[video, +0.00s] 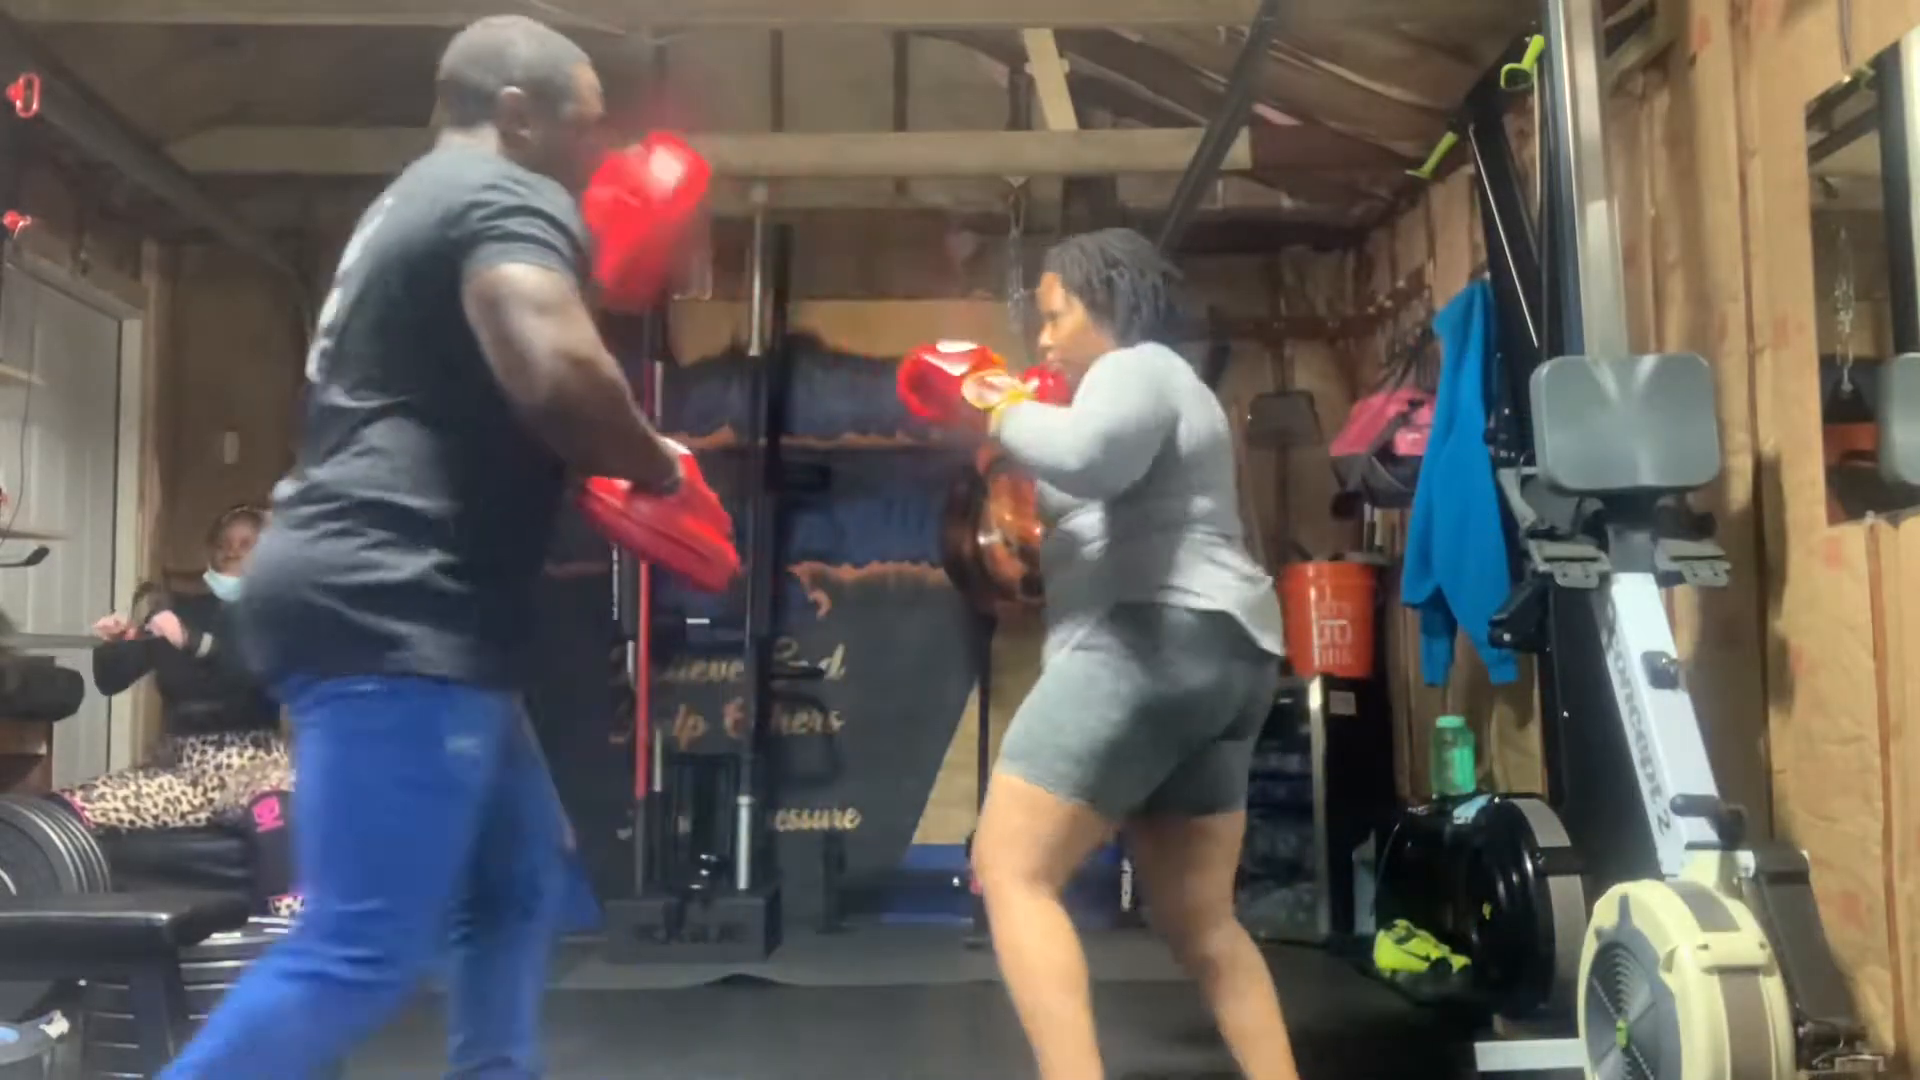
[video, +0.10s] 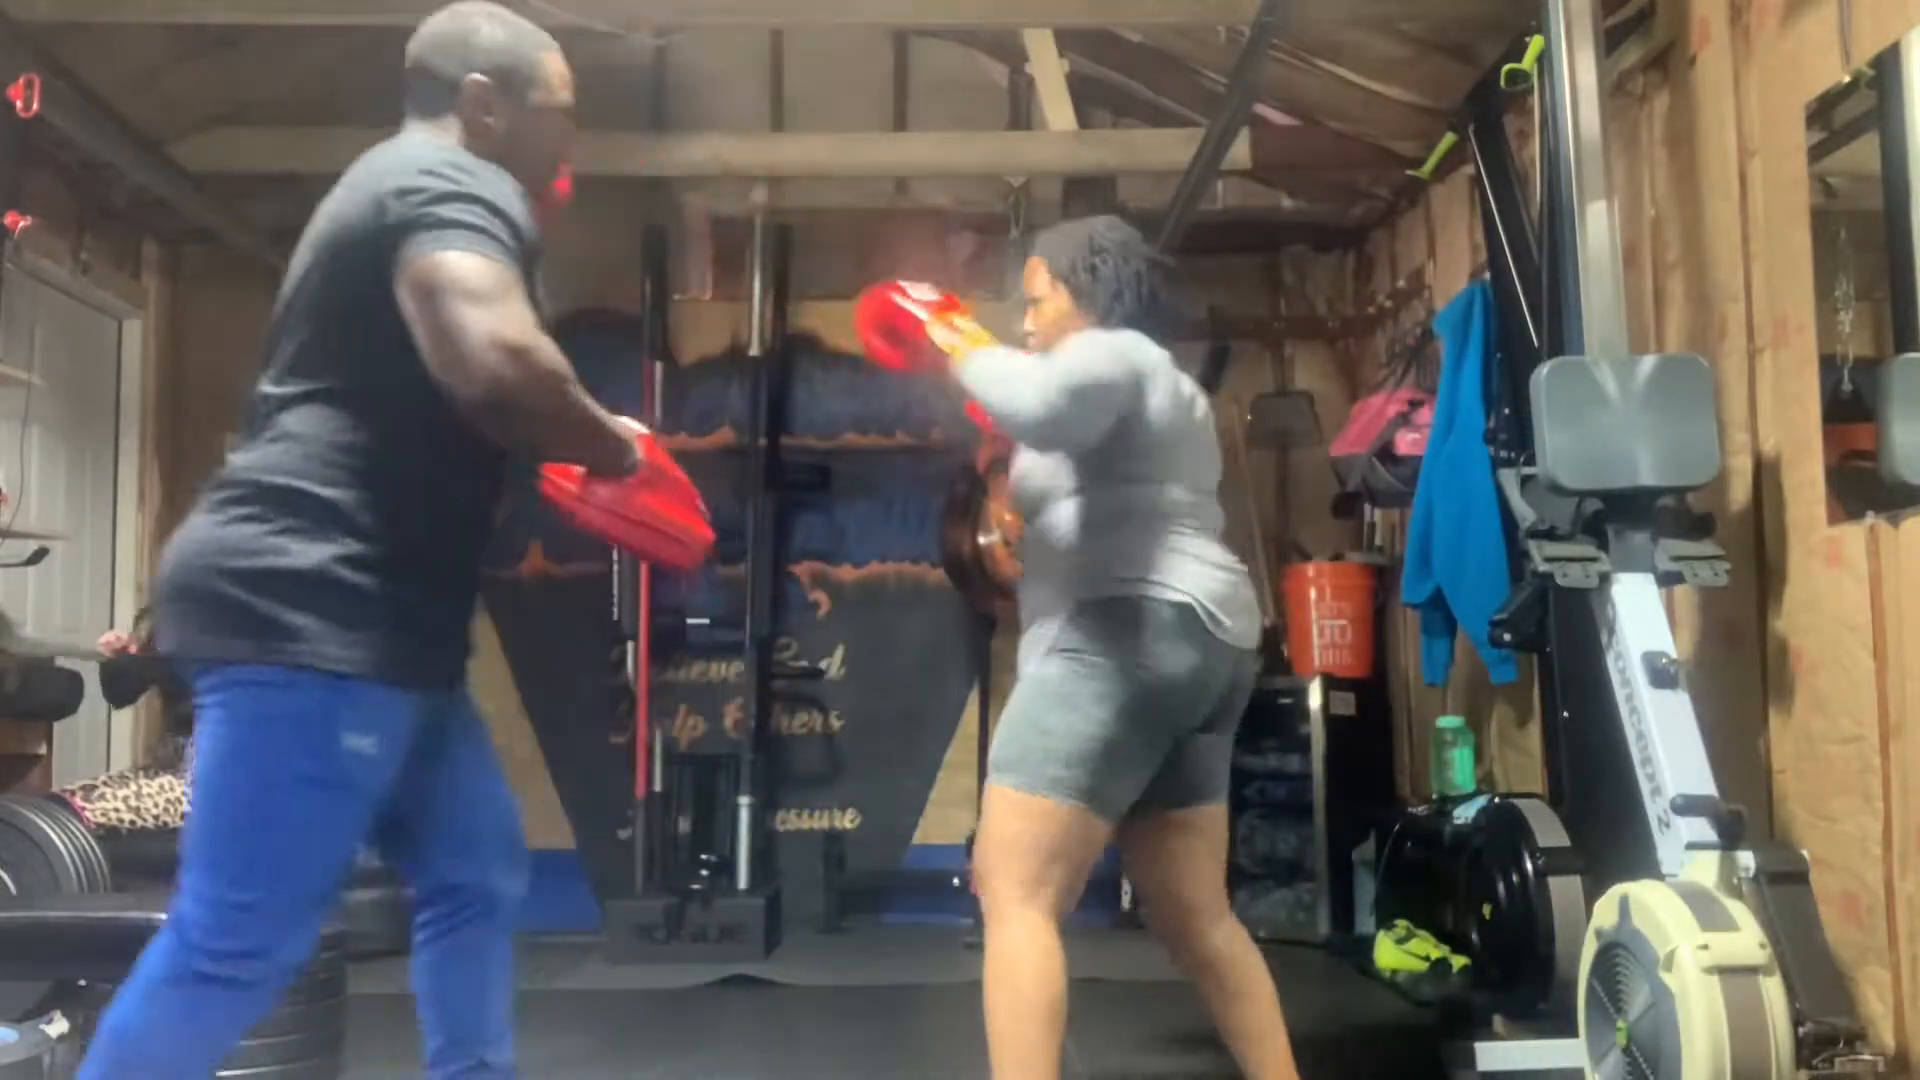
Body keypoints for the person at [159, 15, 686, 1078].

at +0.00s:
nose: (596, 144)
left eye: (598, 122)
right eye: (587, 119)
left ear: (472, 107)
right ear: (521, 111)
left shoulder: (422, 197)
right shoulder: (502, 194)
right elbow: (556, 376)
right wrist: (653, 460)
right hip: (390, 605)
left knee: (520, 889)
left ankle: (492, 1070)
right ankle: (189, 1073)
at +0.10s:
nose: (571, 140)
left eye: (572, 114)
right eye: (560, 111)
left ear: (469, 104)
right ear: (483, 99)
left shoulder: (418, 185)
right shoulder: (442, 179)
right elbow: (490, 361)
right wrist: (612, 442)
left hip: (392, 626)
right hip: (310, 610)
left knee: (474, 887)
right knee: (229, 951)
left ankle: (472, 1070)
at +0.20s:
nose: (527, 124)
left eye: (530, 100)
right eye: (517, 95)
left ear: (436, 85)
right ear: (440, 80)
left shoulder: (426, 192)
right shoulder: (374, 153)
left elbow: (501, 340)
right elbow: (409, 340)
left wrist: (587, 218)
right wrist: (564, 421)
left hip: (340, 626)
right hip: (235, 603)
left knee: (410, 901)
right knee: (157, 944)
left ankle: (440, 1076)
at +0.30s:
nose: (483, 102)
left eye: (485, 75)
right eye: (470, 67)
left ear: (391, 48)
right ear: (389, 45)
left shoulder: (368, 177)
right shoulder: (302, 138)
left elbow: (462, 324)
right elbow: (322, 330)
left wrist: (578, 234)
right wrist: (506, 407)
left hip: (297, 618)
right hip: (185, 603)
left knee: (363, 897)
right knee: (124, 943)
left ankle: (407, 1075)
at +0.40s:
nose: (435, 91)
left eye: (439, 66)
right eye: (429, 56)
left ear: (342, 33)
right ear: (349, 25)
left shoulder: (319, 172)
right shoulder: (249, 126)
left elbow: (373, 337)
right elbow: (251, 323)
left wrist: (520, 286)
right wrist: (449, 407)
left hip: (286, 624)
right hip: (162, 612)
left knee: (370, 855)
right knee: (118, 941)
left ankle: (384, 1071)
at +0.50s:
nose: (404, 92)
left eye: (408, 67)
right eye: (396, 55)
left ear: (314, 30)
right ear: (316, 23)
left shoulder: (285, 167)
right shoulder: (213, 114)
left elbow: (289, 372)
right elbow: (195, 318)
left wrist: (453, 351)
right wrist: (404, 402)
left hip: (282, 608)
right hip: (158, 605)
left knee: (374, 850)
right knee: (122, 940)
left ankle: (307, 1068)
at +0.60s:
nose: (393, 77)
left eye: (395, 51)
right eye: (383, 42)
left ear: (302, 23)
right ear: (304, 17)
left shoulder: (288, 173)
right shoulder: (200, 113)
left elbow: (270, 409)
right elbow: (173, 320)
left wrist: (419, 458)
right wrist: (394, 402)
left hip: (289, 611)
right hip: (167, 604)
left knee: (335, 887)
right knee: (122, 943)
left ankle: (234, 1074)